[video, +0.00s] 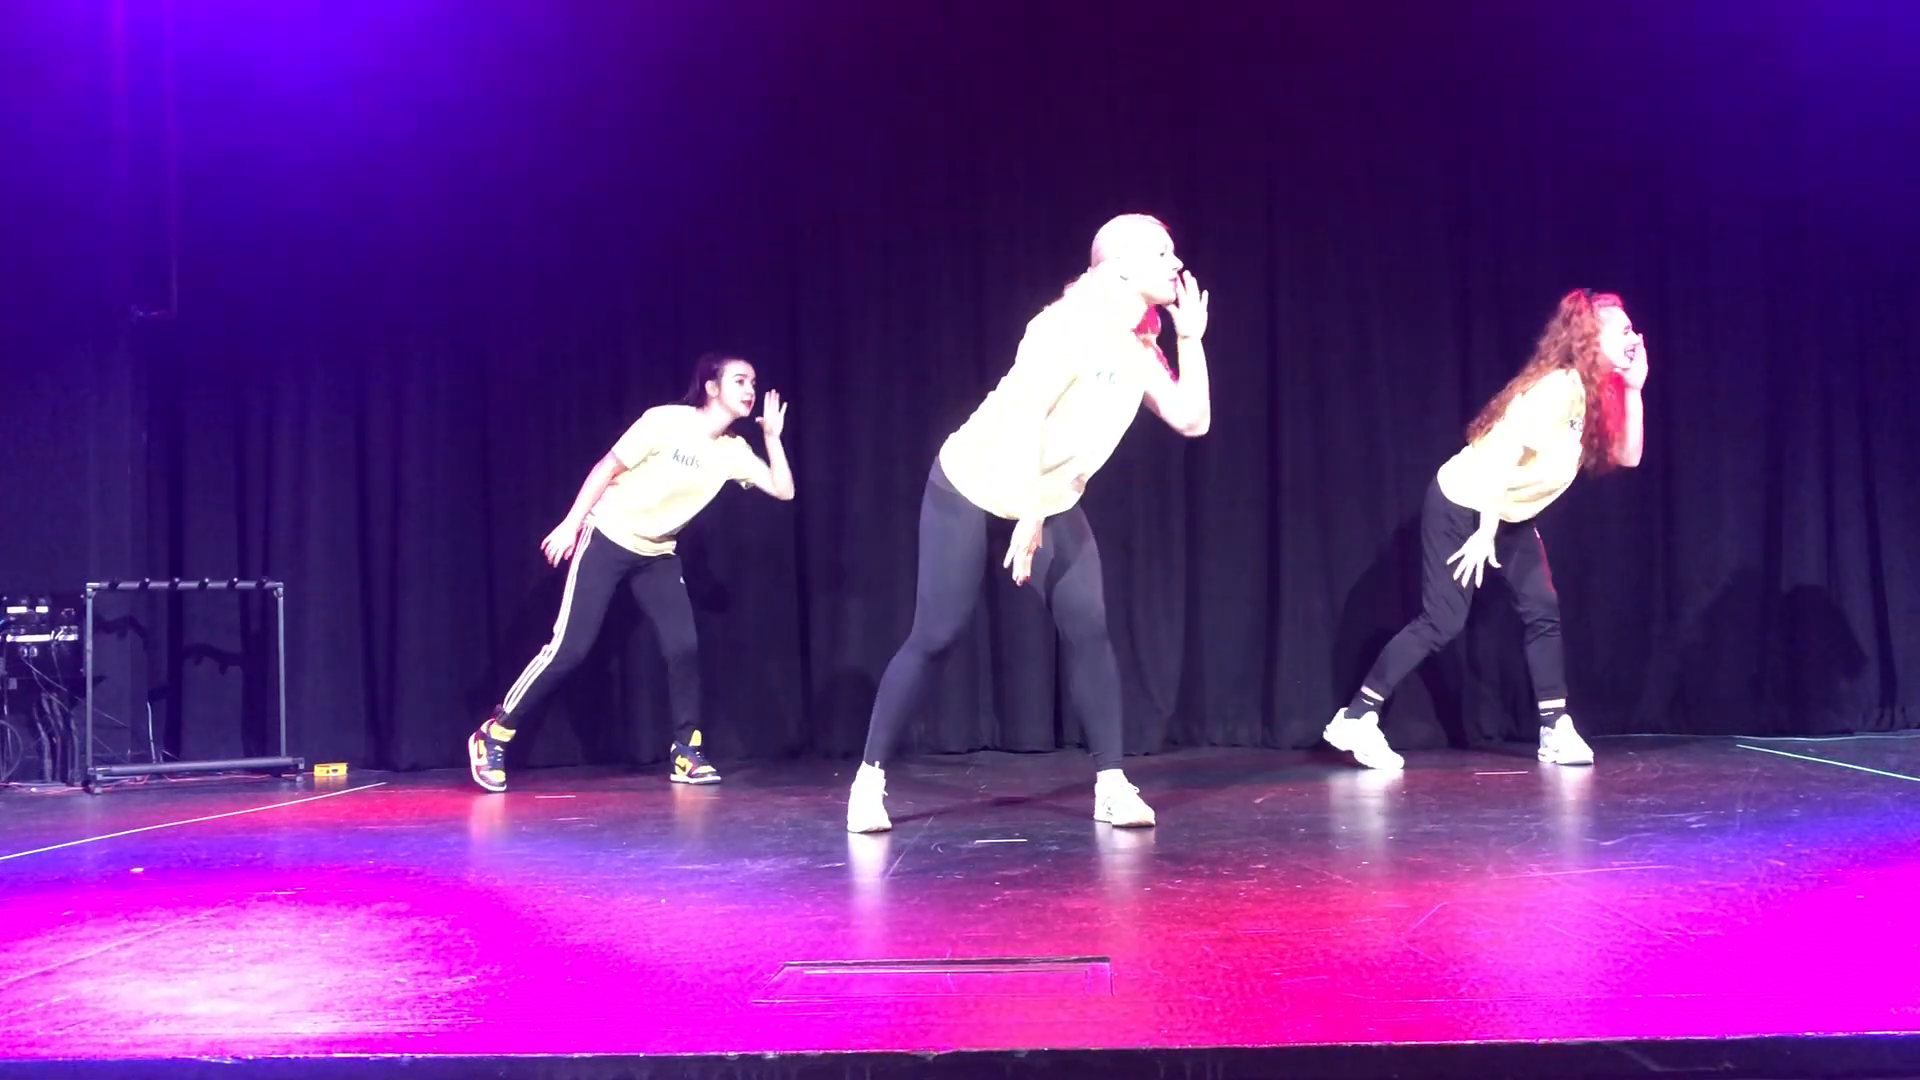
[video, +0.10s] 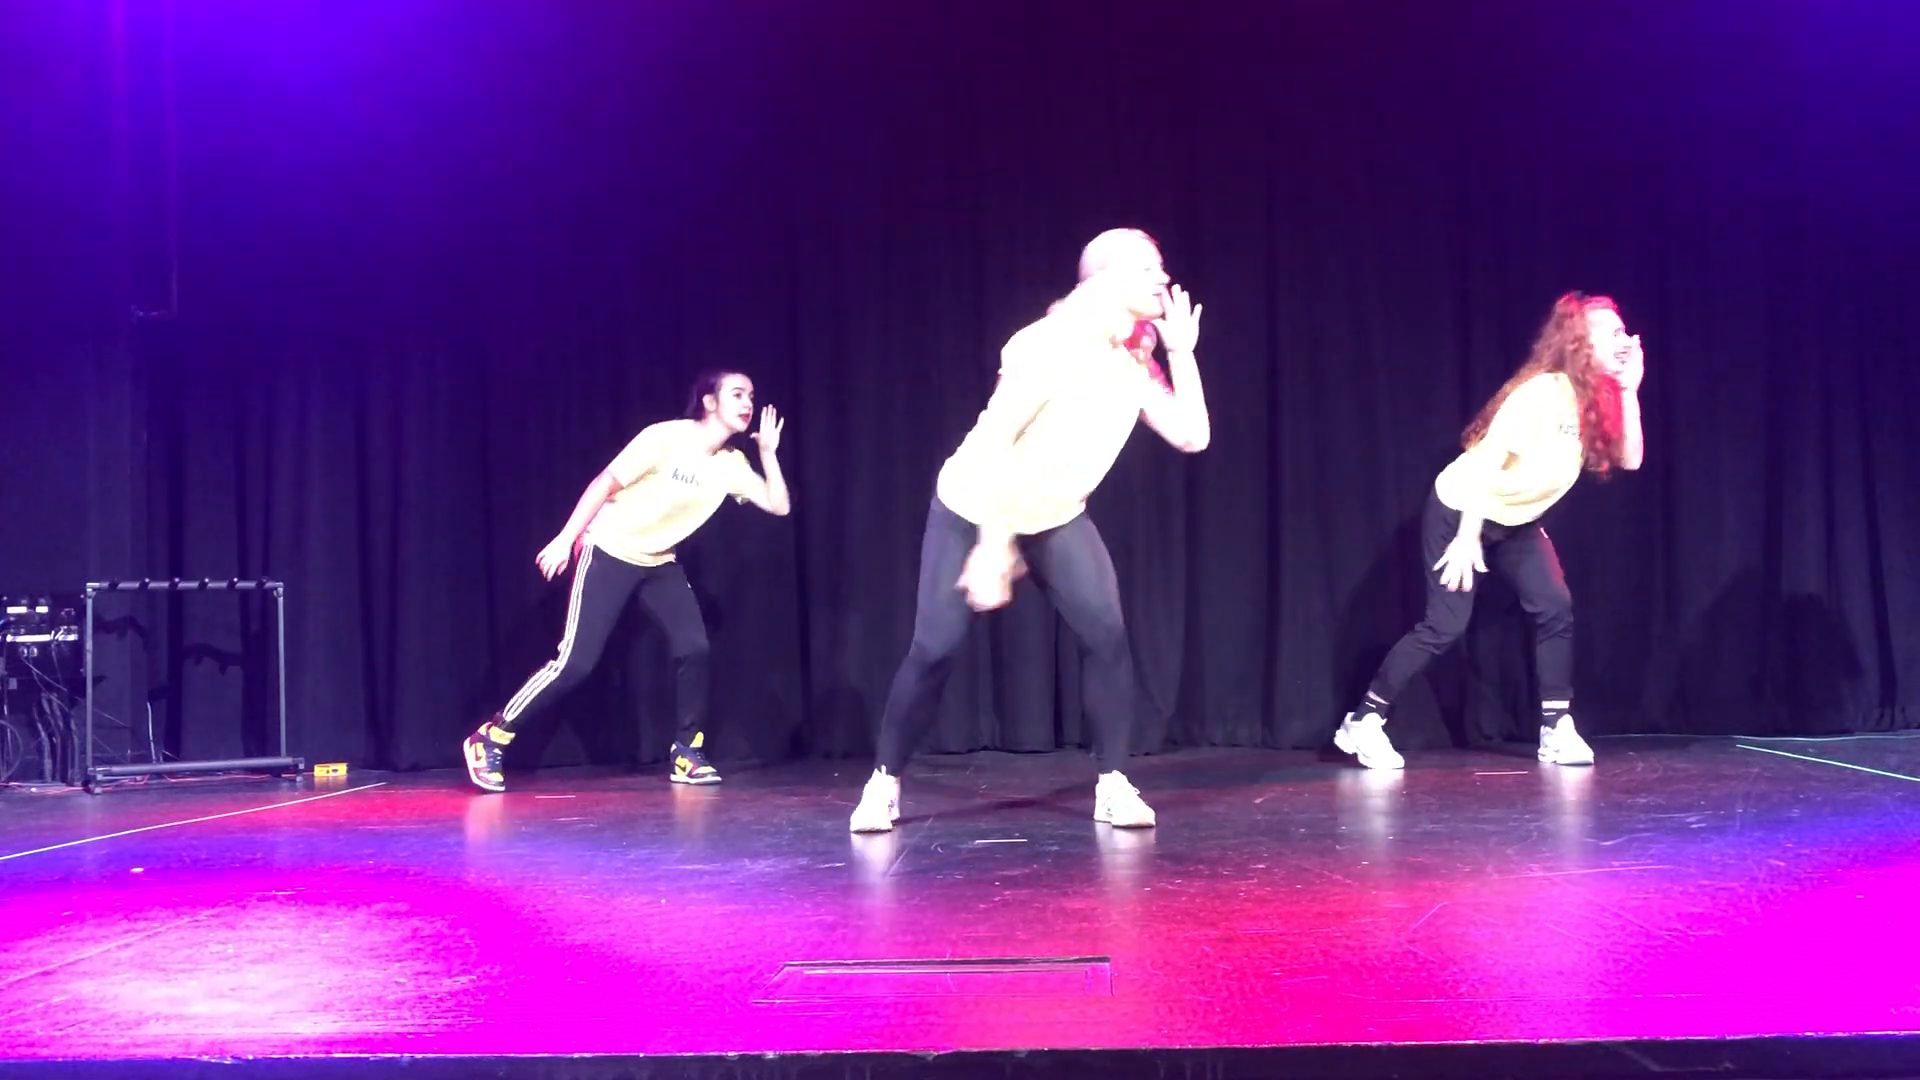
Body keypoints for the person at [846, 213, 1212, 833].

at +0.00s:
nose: (1175, 265)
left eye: (1173, 254)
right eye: (1159, 254)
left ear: (1161, 268)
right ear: (1115, 265)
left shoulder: (1138, 350)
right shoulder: (1074, 319)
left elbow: (1192, 419)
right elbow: (1024, 409)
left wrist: (1190, 336)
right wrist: (1029, 505)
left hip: (1050, 494)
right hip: (972, 484)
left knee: (1089, 627)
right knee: (936, 631)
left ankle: (1112, 781)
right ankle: (870, 777)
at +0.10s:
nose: (1160, 281)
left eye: (1160, 270)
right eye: (1144, 270)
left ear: (1158, 281)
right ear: (1104, 280)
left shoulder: (1132, 368)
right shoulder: (1047, 345)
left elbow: (1192, 435)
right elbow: (992, 440)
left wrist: (1181, 352)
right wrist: (993, 542)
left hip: (1054, 509)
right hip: (974, 501)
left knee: (1107, 634)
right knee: (935, 646)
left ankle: (1113, 783)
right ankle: (885, 780)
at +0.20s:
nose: (1120, 275)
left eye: (1121, 265)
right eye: (1105, 263)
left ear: (1119, 274)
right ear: (1065, 273)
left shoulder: (1122, 350)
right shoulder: (1007, 341)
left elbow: (1178, 428)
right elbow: (940, 428)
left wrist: (1148, 341)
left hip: (1061, 520)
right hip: (976, 518)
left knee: (1108, 636)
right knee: (928, 650)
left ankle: (1113, 783)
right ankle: (887, 785)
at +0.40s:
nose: (947, 208)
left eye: (964, 197)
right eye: (947, 198)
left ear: (1009, 211)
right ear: (946, 217)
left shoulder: (1053, 283)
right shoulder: (926, 288)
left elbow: (1049, 345)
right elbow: (851, 352)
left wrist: (1012, 263)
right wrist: (818, 294)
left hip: (1040, 478)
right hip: (951, 482)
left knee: (1080, 621)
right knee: (918, 625)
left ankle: (1125, 771)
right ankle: (888, 781)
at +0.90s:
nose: (795, 264)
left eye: (810, 250)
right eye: (797, 254)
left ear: (853, 261)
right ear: (810, 269)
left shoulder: (896, 310)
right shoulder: (834, 339)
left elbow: (852, 387)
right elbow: (776, 414)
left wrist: (808, 316)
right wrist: (782, 335)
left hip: (998, 477)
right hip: (928, 501)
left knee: (1049, 620)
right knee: (906, 632)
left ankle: (1135, 767)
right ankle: (893, 787)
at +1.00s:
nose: (792, 274)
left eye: (805, 263)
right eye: (794, 264)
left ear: (850, 270)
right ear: (810, 277)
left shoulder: (892, 318)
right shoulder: (830, 343)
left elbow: (851, 396)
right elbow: (780, 426)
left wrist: (806, 330)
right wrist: (781, 349)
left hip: (994, 487)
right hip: (925, 507)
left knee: (1038, 628)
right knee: (893, 632)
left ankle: (1131, 766)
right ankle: (893, 788)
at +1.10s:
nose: (795, 288)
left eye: (808, 277)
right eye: (796, 279)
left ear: (851, 283)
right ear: (816, 289)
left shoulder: (896, 330)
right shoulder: (834, 361)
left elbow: (849, 400)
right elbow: (783, 436)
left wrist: (802, 344)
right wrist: (782, 360)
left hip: (988, 504)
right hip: (917, 522)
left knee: (1029, 641)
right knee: (878, 641)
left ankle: (1134, 769)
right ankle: (892, 790)